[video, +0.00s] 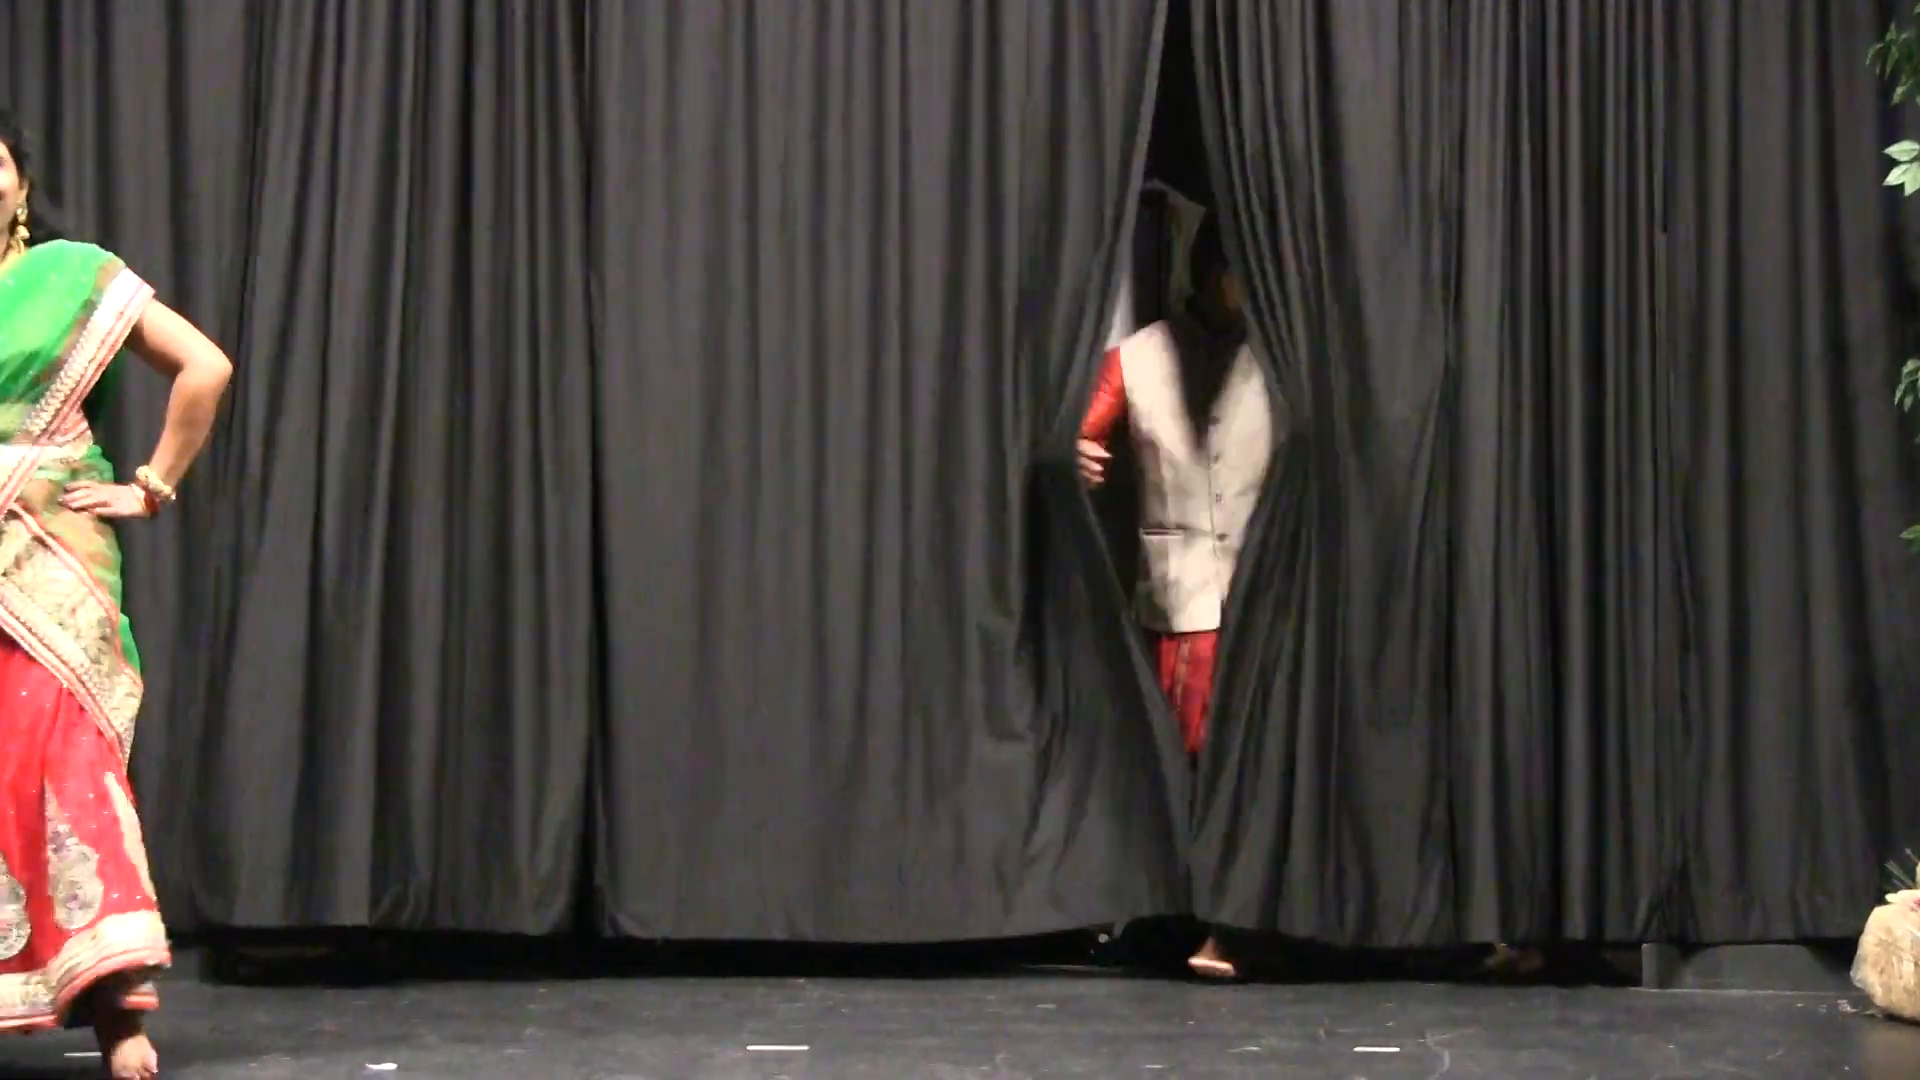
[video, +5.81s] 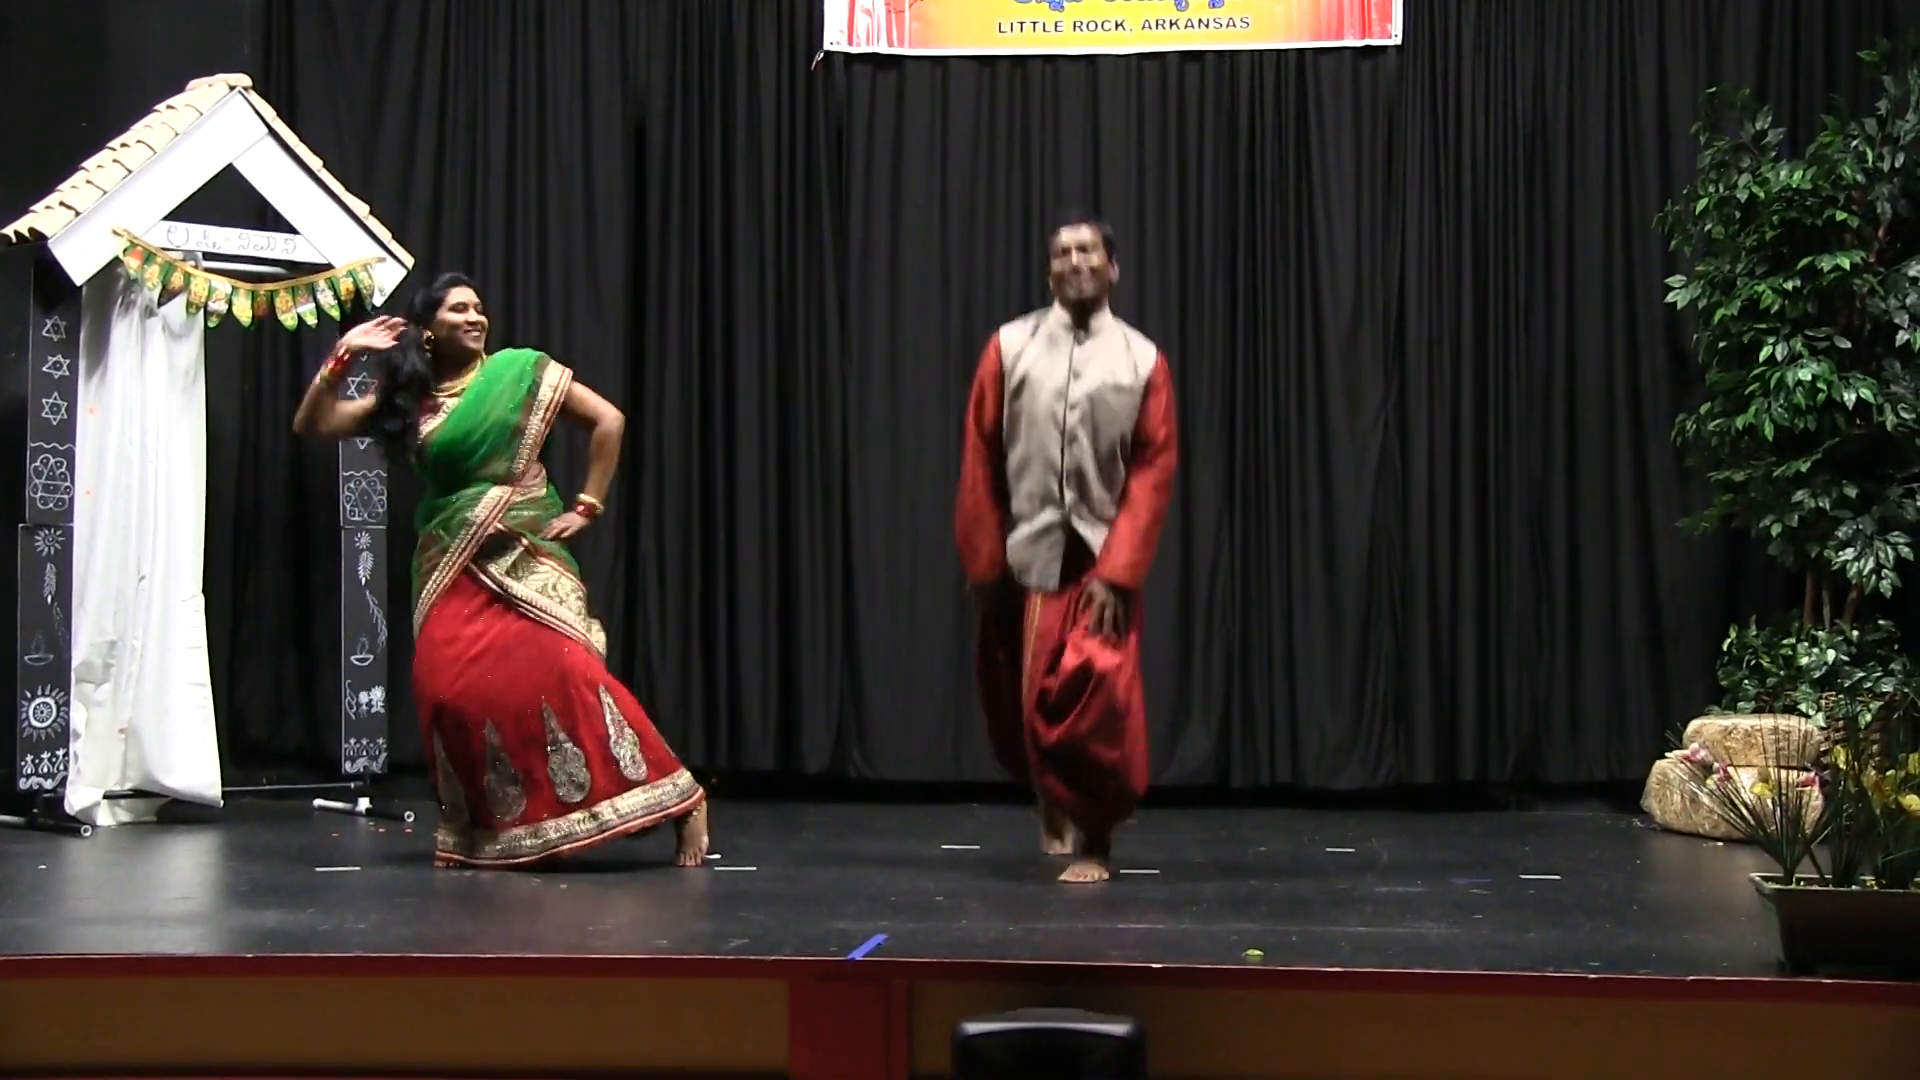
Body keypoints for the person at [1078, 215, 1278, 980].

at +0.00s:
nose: (1242, 292)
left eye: (1253, 277)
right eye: (1232, 274)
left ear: (1269, 282)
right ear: (1206, 274)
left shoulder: (1292, 359)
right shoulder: (1139, 358)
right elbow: (1080, 443)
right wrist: (1079, 461)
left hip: (1258, 598)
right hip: (1168, 601)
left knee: (1232, 758)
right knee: (1177, 762)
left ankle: (1228, 926)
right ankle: (1215, 927)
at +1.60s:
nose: (1194, 141)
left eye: (1216, 129)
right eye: (1183, 126)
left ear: (1256, 149)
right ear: (1165, 140)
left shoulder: (1301, 251)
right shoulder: (1114, 258)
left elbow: (1354, 379)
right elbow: (1074, 406)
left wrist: (1262, 460)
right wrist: (1093, 524)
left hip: (1286, 552)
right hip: (1152, 557)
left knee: (1321, 738)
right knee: (1098, 757)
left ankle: (1343, 951)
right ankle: (1077, 985)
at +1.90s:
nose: (1185, 143)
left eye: (1203, 124)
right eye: (1170, 132)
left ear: (1252, 138)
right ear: (1158, 155)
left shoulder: (1324, 254)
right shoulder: (1134, 277)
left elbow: (1374, 405)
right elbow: (1080, 422)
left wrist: (1315, 539)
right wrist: (1102, 546)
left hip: (1306, 574)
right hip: (1168, 578)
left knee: (1365, 778)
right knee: (1110, 783)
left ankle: (1410, 1000)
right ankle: (1086, 992)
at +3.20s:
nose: (1089, 195)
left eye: (1107, 182)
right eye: (1088, 183)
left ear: (1157, 200)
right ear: (1089, 203)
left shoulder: (1217, 306)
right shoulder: (1055, 314)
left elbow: (1252, 429)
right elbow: (1021, 446)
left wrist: (1188, 537)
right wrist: (1021, 564)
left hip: (1185, 580)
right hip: (1071, 581)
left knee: (1240, 747)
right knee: (1027, 752)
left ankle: (1282, 920)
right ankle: (1020, 915)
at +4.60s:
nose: (1063, 289)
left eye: (1077, 280)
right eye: (1054, 279)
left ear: (1102, 297)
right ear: (1042, 294)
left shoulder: (1134, 377)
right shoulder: (1005, 380)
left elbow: (1162, 473)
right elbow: (974, 480)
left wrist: (1128, 553)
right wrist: (962, 581)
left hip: (1113, 574)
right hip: (1033, 577)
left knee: (1117, 692)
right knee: (1037, 716)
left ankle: (1157, 824)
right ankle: (1054, 836)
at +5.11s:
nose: (1056, 374)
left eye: (1068, 364)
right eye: (1044, 364)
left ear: (1090, 379)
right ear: (1028, 379)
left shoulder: (1130, 455)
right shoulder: (1000, 469)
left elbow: (1157, 551)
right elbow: (985, 572)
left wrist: (1115, 627)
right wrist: (1010, 639)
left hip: (1117, 630)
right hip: (1040, 642)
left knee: (1084, 698)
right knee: (1012, 776)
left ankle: (1089, 860)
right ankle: (1061, 850)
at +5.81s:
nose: (1076, 262)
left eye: (1088, 251)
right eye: (1065, 253)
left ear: (1111, 266)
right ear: (1049, 269)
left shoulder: (1142, 359)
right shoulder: (1010, 345)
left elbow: (1155, 469)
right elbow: (980, 451)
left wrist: (1120, 569)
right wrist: (983, 555)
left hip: (1105, 549)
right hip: (1025, 547)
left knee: (1097, 686)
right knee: (1027, 686)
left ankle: (1093, 845)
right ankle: (1051, 808)